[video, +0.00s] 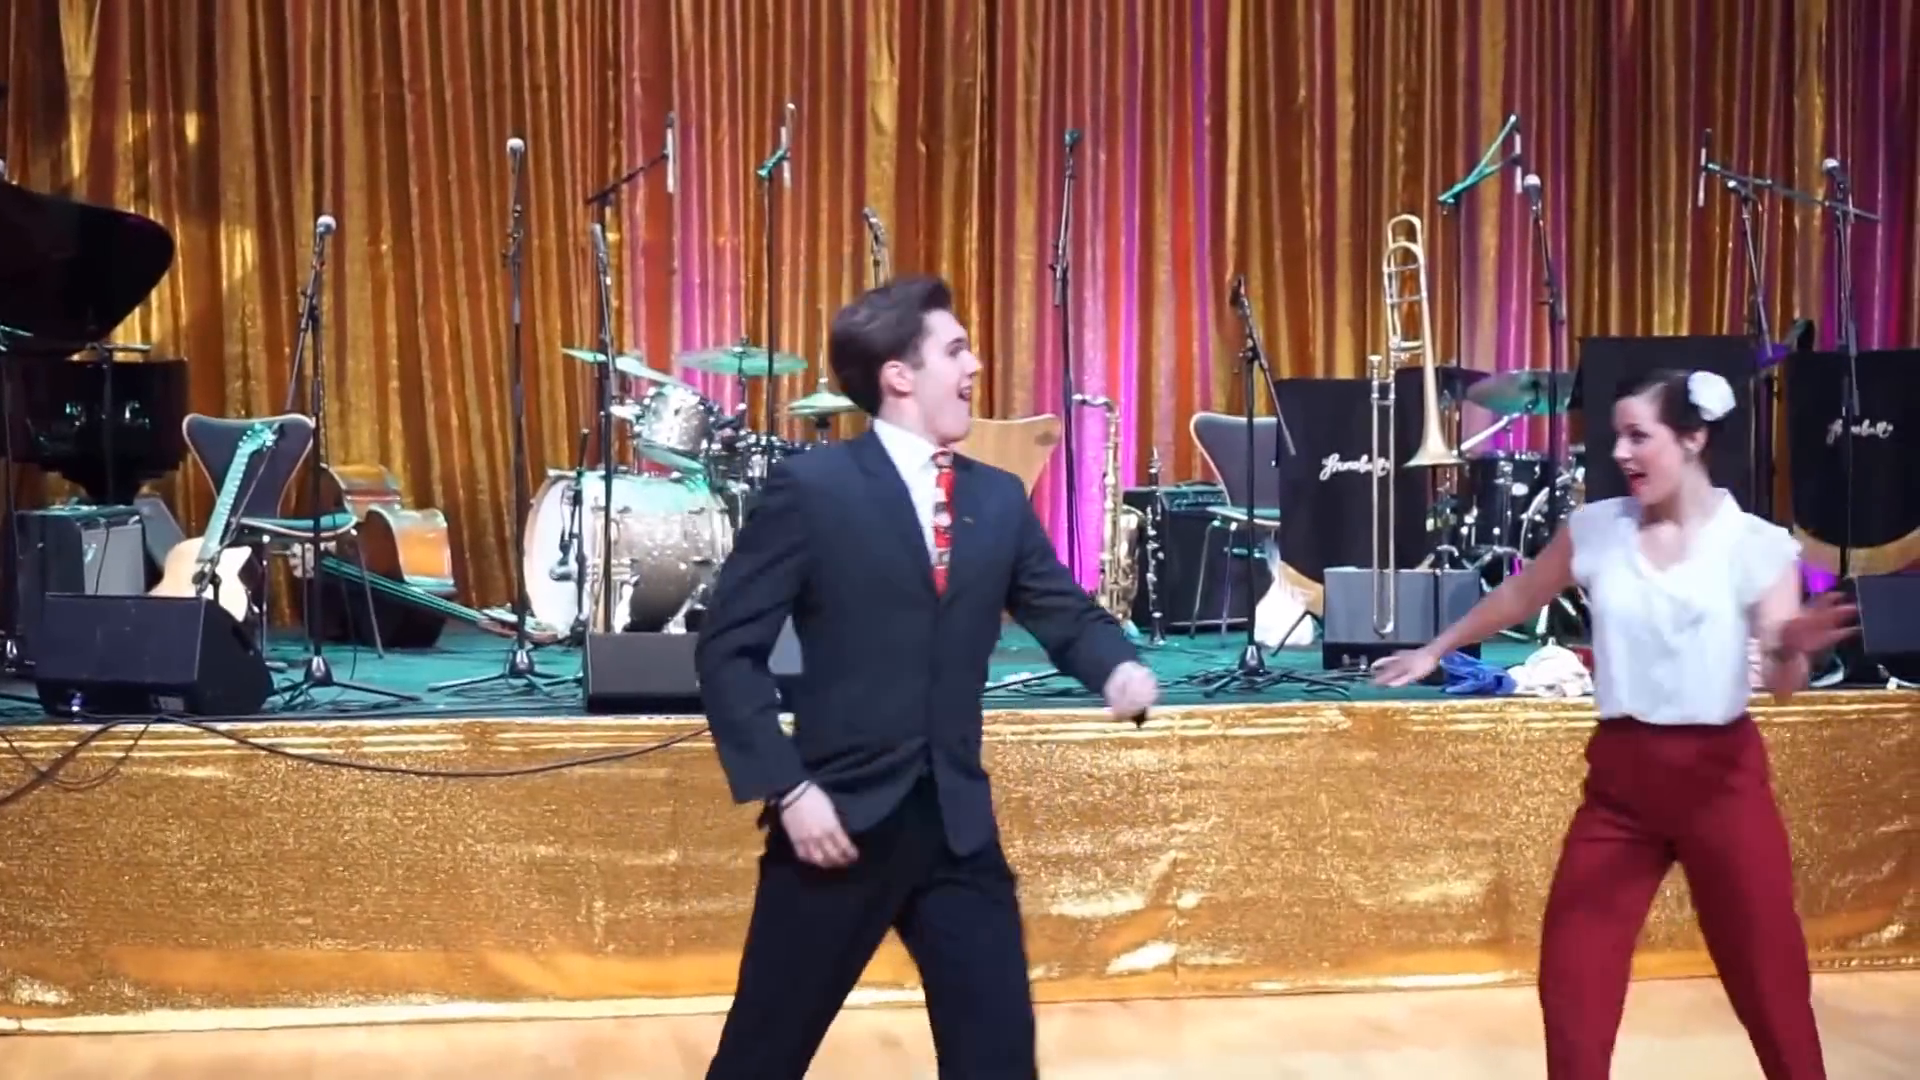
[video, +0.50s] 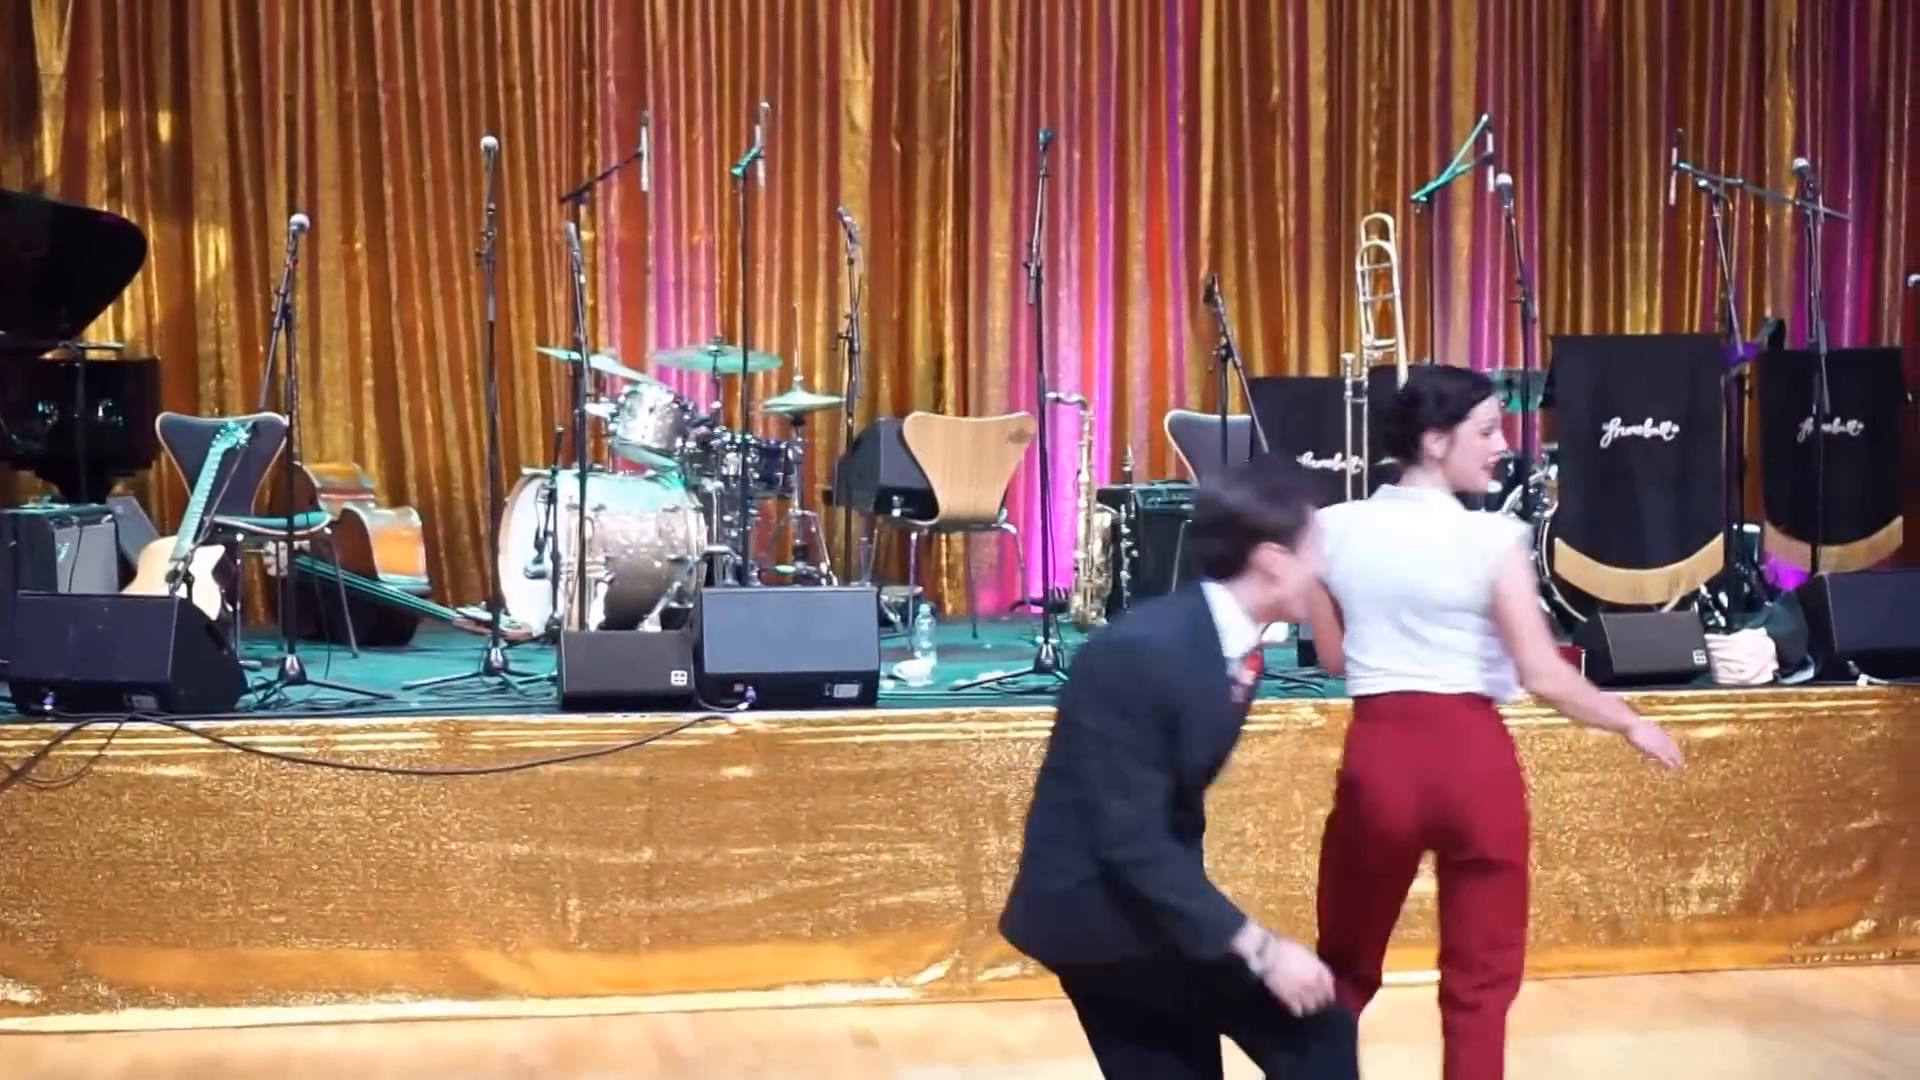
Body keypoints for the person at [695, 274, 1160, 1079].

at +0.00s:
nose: (973, 367)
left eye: (968, 349)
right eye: (953, 349)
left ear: (916, 377)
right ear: (897, 377)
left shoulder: (998, 498)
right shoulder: (810, 486)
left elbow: (1060, 607)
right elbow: (727, 644)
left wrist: (1115, 665)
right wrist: (787, 788)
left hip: (957, 825)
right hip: (835, 822)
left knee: (998, 1060)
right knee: (762, 1060)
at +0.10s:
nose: (1009, 371)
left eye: (1003, 353)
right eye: (990, 354)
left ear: (951, 380)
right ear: (935, 380)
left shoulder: (1034, 488)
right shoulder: (863, 480)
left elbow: (1096, 621)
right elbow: (765, 622)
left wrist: (1175, 703)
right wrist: (836, 755)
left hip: (1004, 825)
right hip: (890, 820)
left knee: (1049, 1057)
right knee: (787, 1051)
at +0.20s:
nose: (1036, 398)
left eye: (1029, 380)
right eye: (1015, 384)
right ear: (960, 414)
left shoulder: (1076, 516)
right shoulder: (906, 521)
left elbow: (1120, 676)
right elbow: (839, 679)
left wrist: (1186, 809)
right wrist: (928, 775)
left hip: (1067, 858)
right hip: (958, 857)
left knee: (1093, 1068)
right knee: (890, 1063)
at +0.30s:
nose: (1088, 451)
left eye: (1083, 429)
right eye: (1069, 434)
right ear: (1008, 460)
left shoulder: (1124, 549)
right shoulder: (945, 600)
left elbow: (1146, 717)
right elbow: (989, 742)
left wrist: (1157, 857)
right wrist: (1041, 812)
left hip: (1120, 863)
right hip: (1016, 874)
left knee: (1137, 1065)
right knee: (1072, 1061)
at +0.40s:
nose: (1200, 516)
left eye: (1197, 498)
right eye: (1187, 499)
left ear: (1130, 519)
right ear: (1125, 518)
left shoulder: (1186, 601)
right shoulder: (1021, 632)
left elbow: (1173, 756)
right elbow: (1053, 807)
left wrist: (1171, 874)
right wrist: (1168, 869)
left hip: (1128, 887)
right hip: (1046, 894)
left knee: (1122, 1065)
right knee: (1244, 1016)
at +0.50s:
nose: (1322, 571)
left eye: (1320, 553)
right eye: (1315, 553)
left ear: (1264, 563)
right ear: (1271, 561)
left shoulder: (1216, 645)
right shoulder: (1139, 654)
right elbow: (1134, 843)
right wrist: (1260, 946)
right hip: (1097, 917)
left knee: (1173, 1069)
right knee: (1314, 1029)